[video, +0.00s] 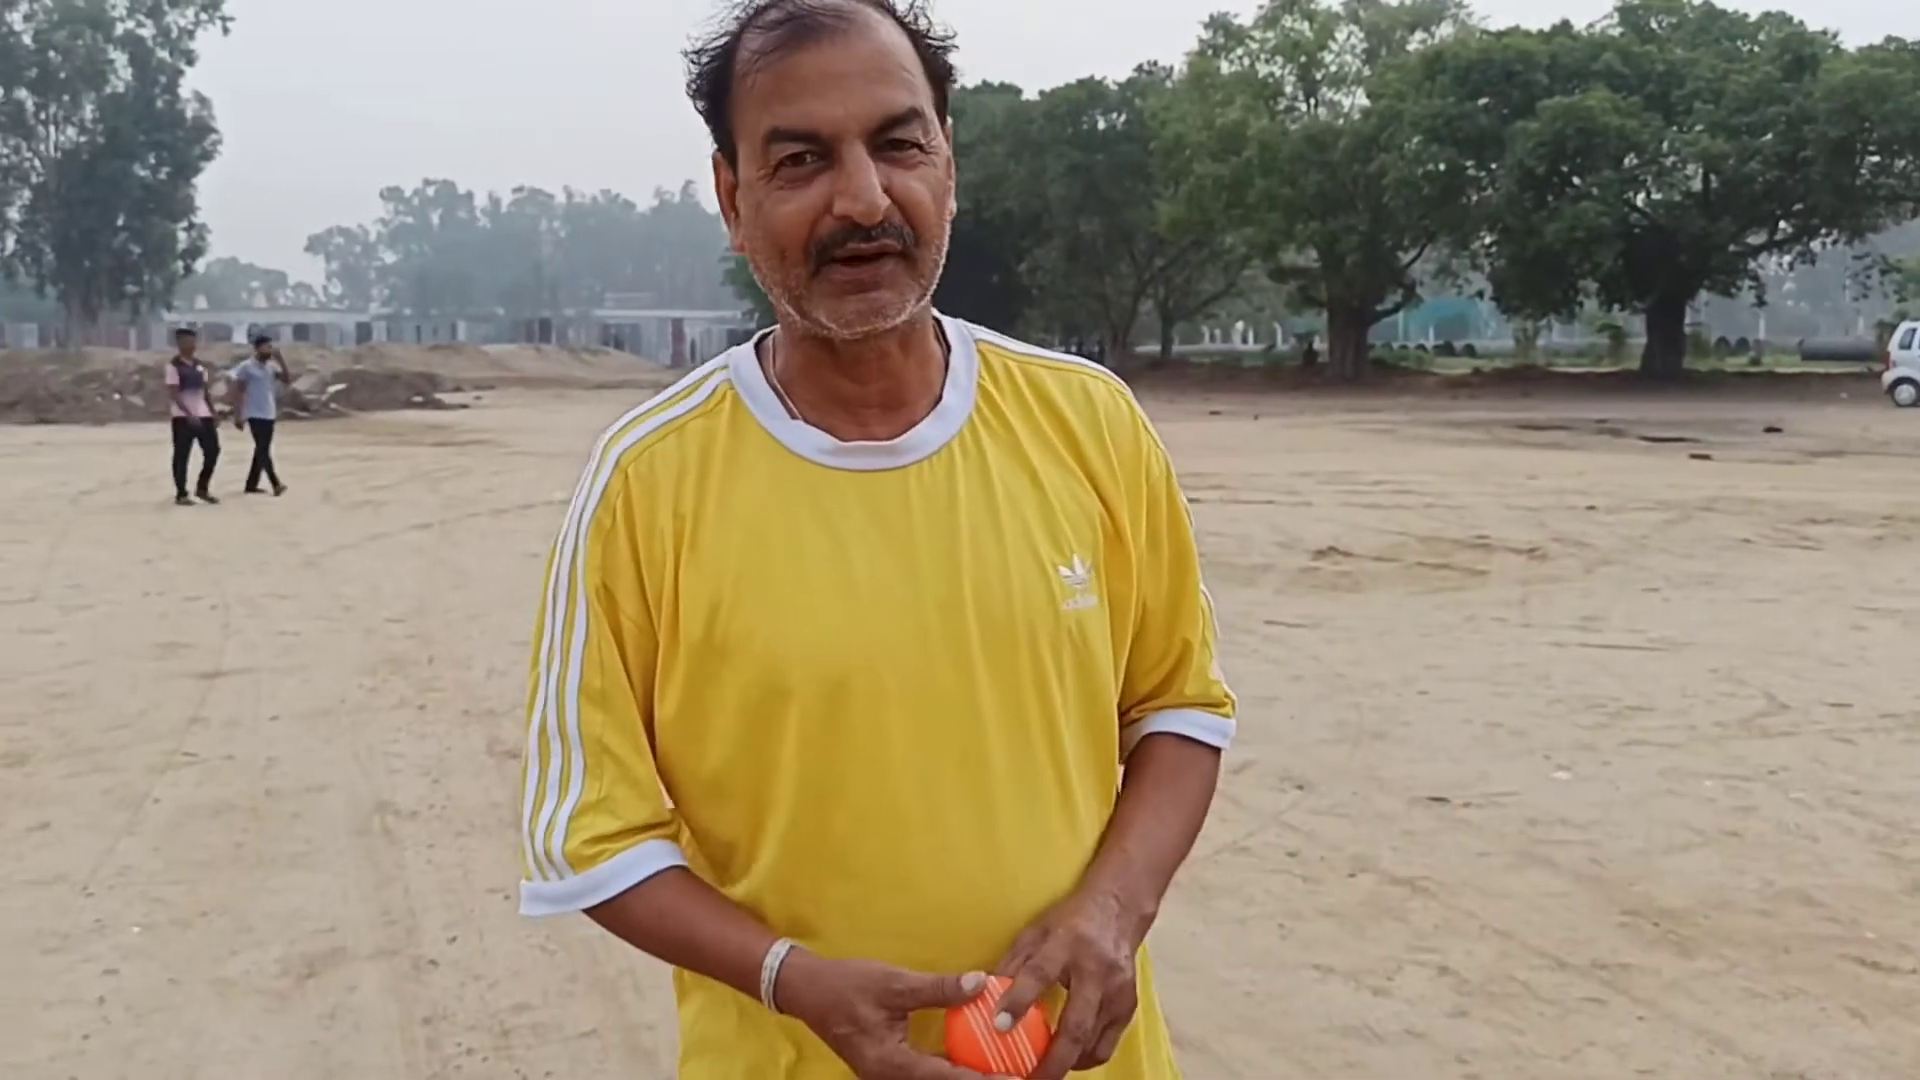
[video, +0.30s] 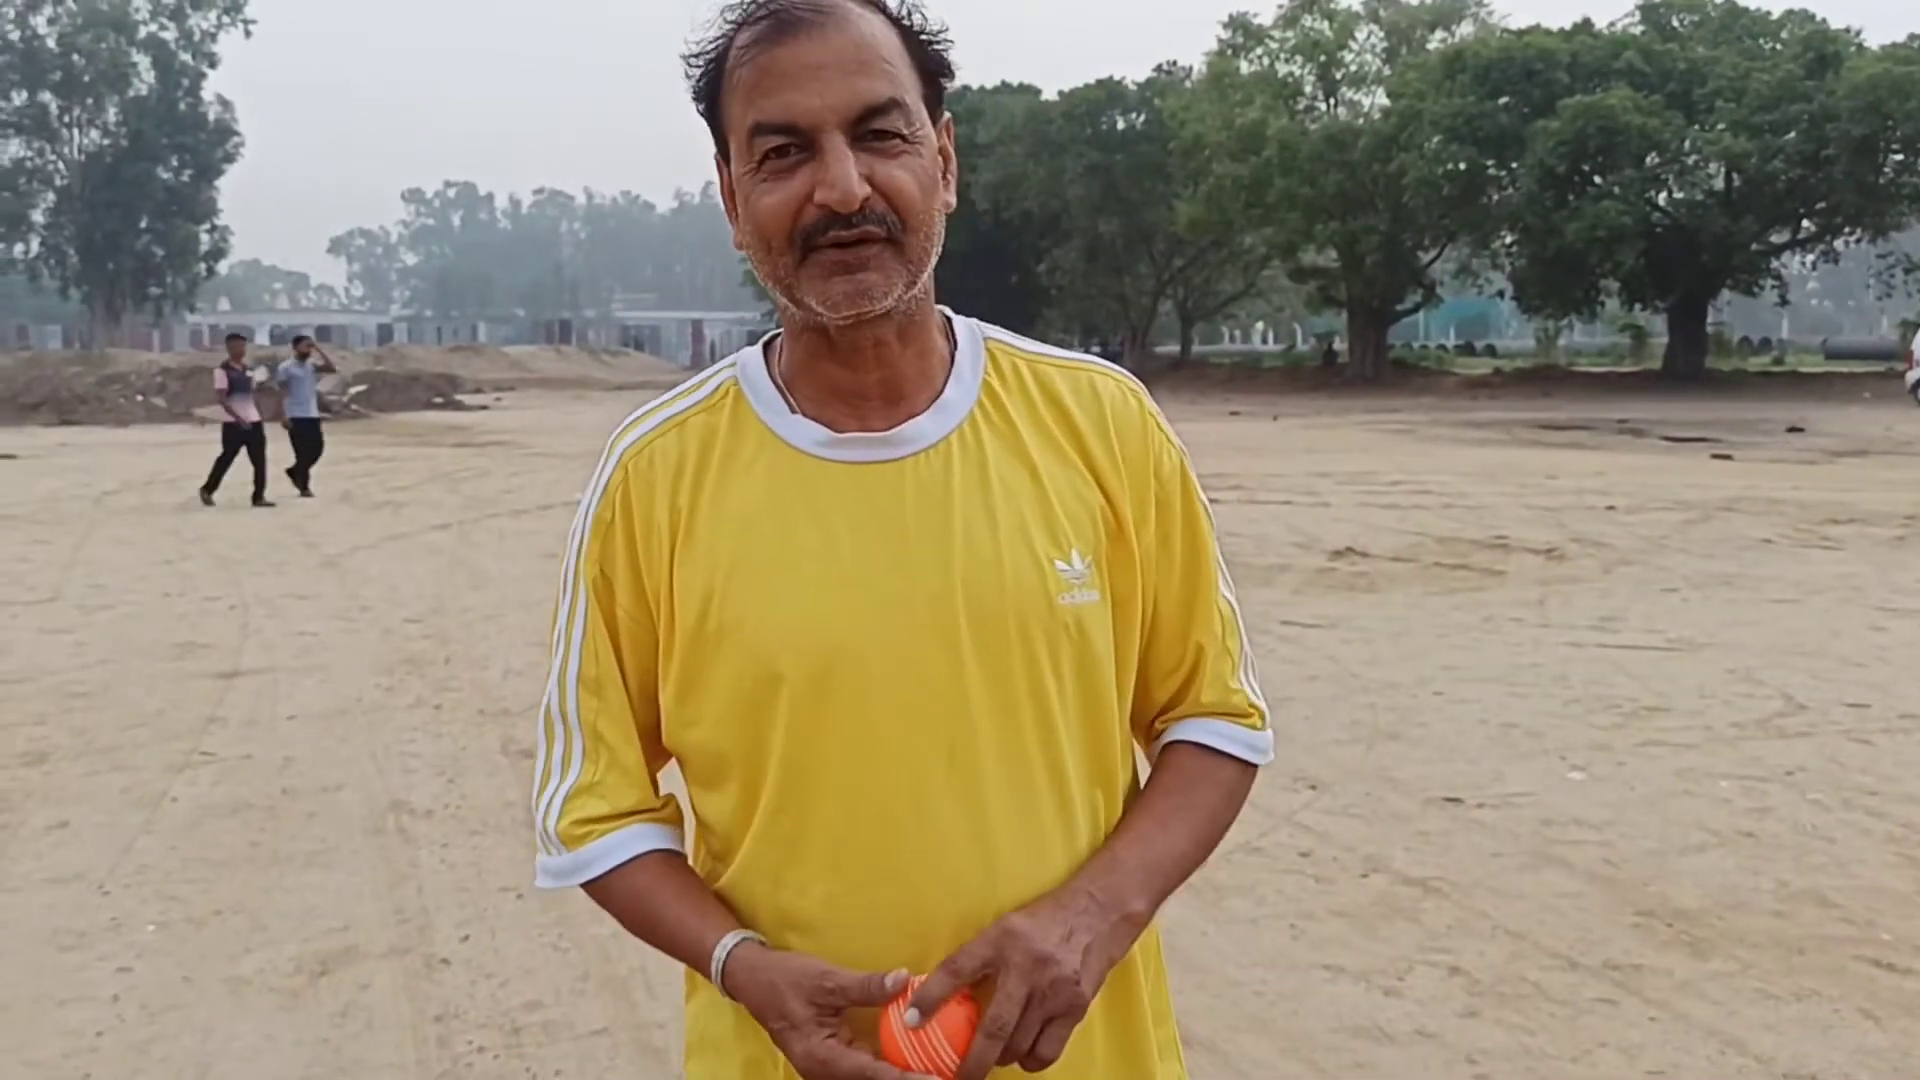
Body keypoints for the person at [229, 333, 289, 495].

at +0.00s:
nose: (269, 350)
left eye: (269, 346)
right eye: (265, 346)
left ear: (270, 348)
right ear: (257, 348)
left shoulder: (270, 368)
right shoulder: (246, 367)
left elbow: (286, 379)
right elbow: (238, 392)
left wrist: (280, 360)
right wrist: (238, 416)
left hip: (269, 414)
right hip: (254, 413)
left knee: (261, 451)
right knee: (263, 451)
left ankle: (251, 484)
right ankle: (276, 483)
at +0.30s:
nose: (308, 350)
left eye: (309, 346)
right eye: (305, 346)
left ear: (311, 349)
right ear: (296, 347)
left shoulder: (310, 366)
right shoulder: (286, 368)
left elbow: (331, 369)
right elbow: (281, 393)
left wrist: (319, 351)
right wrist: (283, 416)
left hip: (312, 414)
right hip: (296, 416)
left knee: (317, 448)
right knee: (303, 452)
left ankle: (296, 470)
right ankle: (304, 486)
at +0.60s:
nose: (368, 351)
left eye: (369, 347)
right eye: (365, 347)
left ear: (370, 350)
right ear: (356, 349)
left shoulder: (370, 368)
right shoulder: (346, 369)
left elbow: (391, 370)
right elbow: (339, 393)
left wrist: (379, 353)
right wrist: (342, 411)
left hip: (370, 419)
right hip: (352, 419)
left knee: (379, 454)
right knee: (347, 455)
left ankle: (393, 483)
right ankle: (342, 486)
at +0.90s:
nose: (440, 348)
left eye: (441, 345)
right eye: (436, 344)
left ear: (441, 348)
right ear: (428, 347)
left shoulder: (441, 365)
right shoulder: (417, 366)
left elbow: (459, 372)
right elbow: (412, 393)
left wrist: (449, 354)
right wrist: (415, 415)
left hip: (443, 415)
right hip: (427, 416)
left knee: (445, 454)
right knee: (433, 452)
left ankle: (441, 487)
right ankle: (415, 474)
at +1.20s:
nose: (480, 350)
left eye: (481, 347)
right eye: (476, 347)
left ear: (482, 349)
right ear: (468, 350)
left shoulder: (483, 369)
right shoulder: (458, 371)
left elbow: (499, 379)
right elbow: (451, 397)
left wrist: (487, 360)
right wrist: (451, 421)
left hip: (481, 417)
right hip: (467, 418)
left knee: (471, 455)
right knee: (480, 453)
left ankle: (459, 486)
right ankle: (493, 486)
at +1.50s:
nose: (510, 342)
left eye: (510, 339)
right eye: (506, 339)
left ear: (511, 342)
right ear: (498, 343)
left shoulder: (512, 362)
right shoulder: (490, 365)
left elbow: (530, 373)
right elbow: (487, 392)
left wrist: (516, 353)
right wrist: (493, 413)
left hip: (516, 414)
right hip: (499, 415)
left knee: (524, 448)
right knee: (501, 453)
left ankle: (507, 475)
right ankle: (504, 485)